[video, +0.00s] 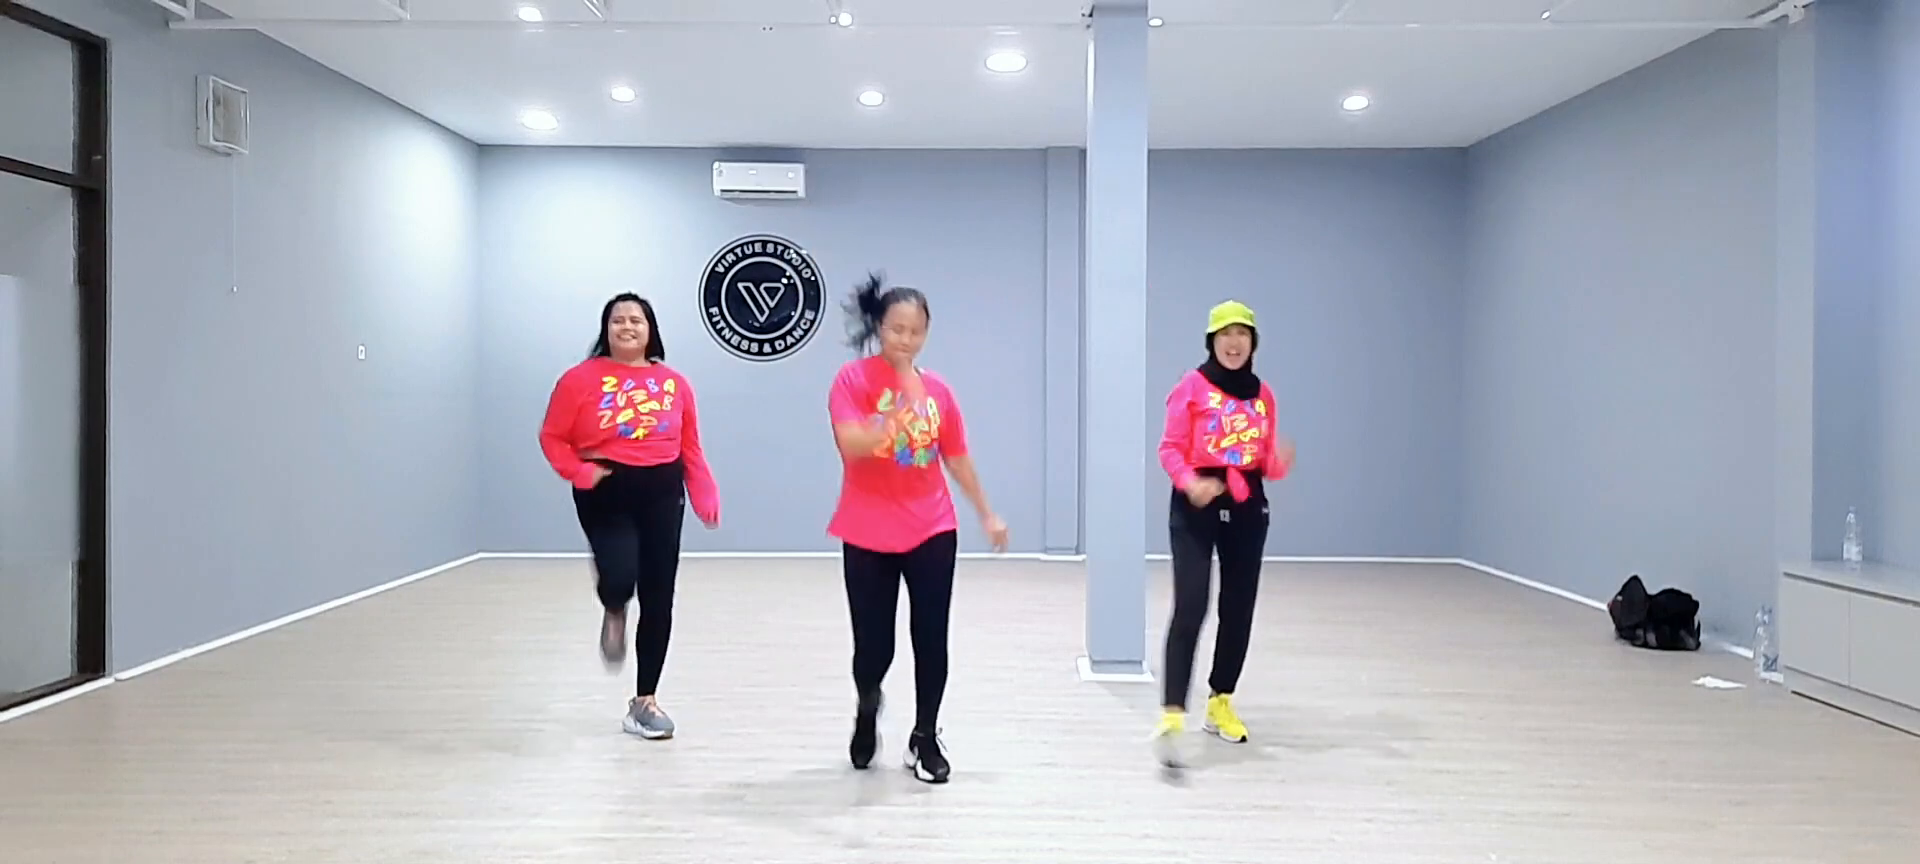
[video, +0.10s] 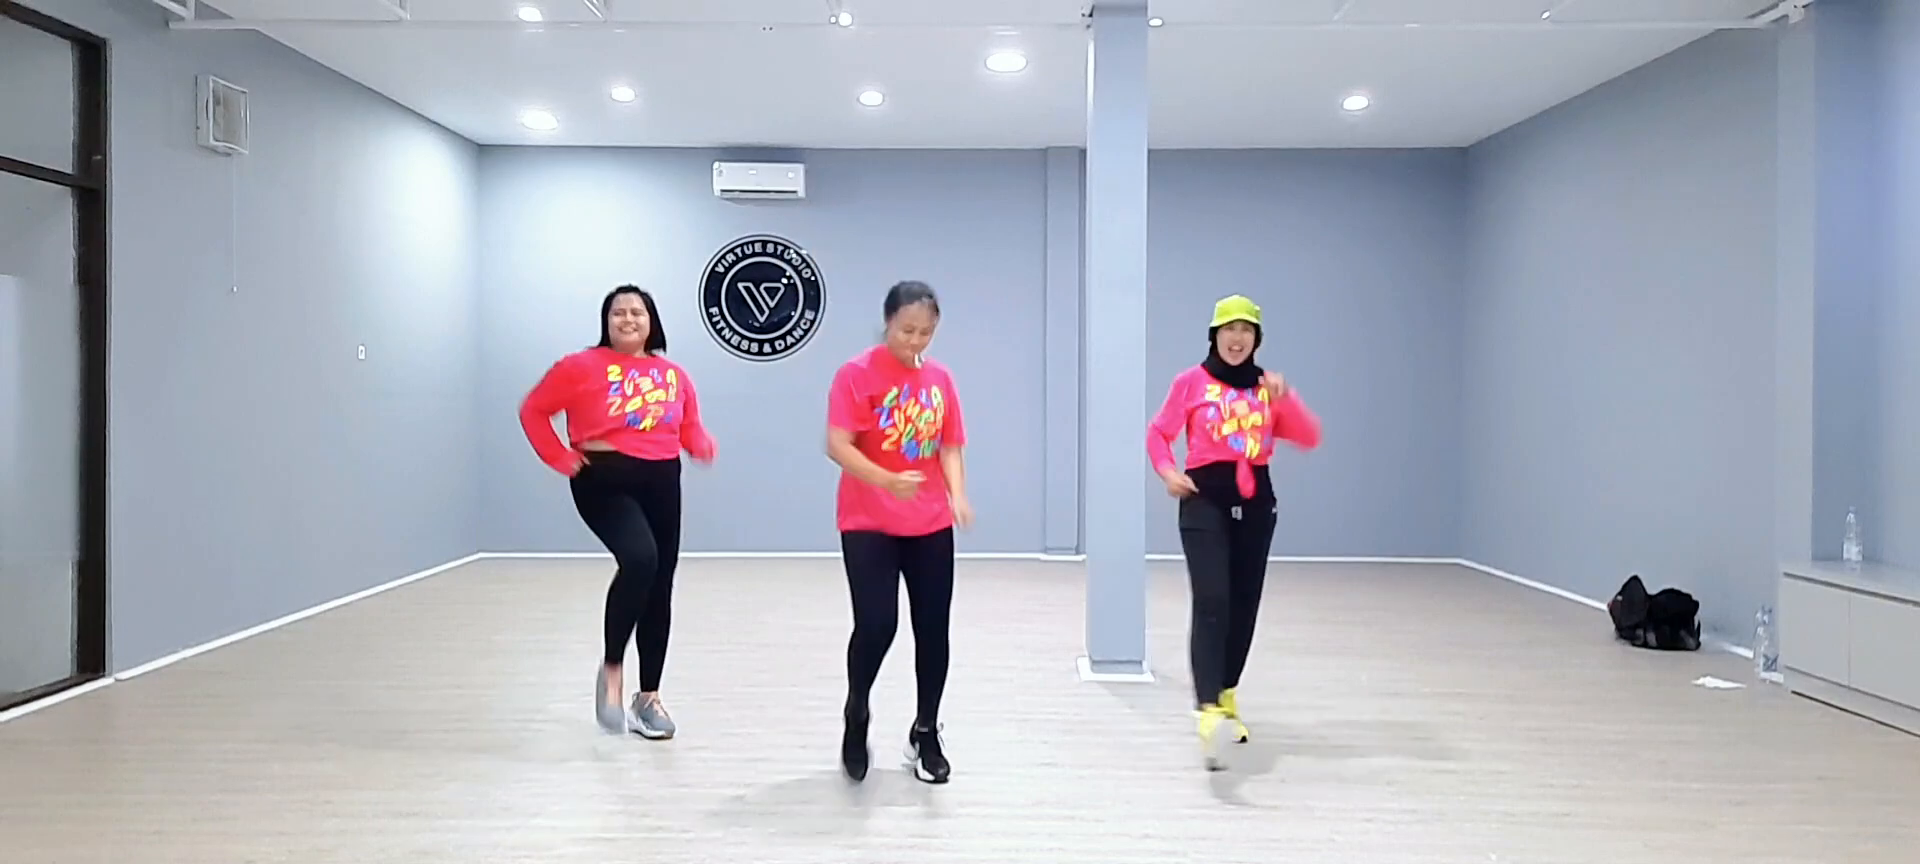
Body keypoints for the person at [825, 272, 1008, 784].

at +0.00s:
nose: (906, 339)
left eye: (916, 330)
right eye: (897, 329)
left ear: (926, 334)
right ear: (878, 329)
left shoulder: (937, 390)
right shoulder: (853, 380)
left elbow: (958, 459)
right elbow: (852, 445)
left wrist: (987, 513)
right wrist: (897, 416)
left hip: (931, 529)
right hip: (868, 531)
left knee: (931, 643)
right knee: (873, 651)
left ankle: (925, 736)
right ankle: (867, 711)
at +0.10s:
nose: (917, 340)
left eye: (926, 331)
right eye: (908, 330)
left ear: (936, 329)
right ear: (887, 324)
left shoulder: (939, 378)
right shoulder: (854, 376)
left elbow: (950, 446)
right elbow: (837, 446)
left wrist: (958, 492)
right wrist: (886, 479)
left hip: (930, 522)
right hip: (870, 524)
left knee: (933, 631)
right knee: (877, 626)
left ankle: (926, 730)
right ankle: (856, 715)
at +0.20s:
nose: (920, 336)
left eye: (929, 326)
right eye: (911, 324)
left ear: (939, 318)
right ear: (889, 313)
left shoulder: (936, 362)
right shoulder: (860, 361)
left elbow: (953, 428)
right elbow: (803, 412)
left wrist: (945, 429)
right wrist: (848, 457)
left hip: (919, 504)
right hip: (862, 501)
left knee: (936, 613)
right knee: (878, 615)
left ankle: (920, 718)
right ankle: (847, 755)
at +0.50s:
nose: (943, 350)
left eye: (946, 340)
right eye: (941, 338)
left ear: (910, 331)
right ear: (916, 330)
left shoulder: (893, 379)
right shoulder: (885, 380)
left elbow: (866, 456)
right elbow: (859, 453)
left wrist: (909, 481)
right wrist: (919, 481)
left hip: (868, 524)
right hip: (845, 526)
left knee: (912, 615)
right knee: (880, 653)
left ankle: (891, 739)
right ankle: (834, 796)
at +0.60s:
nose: (934, 325)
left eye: (936, 316)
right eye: (934, 315)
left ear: (893, 305)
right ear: (918, 308)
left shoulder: (854, 347)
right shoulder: (911, 355)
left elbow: (815, 387)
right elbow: (924, 427)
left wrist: (851, 424)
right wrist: (962, 402)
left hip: (827, 508)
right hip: (868, 513)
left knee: (878, 626)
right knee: (885, 634)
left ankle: (858, 745)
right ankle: (844, 775)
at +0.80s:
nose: (899, 325)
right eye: (905, 317)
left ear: (857, 318)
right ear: (904, 322)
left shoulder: (826, 375)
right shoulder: (925, 375)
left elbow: (781, 420)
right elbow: (939, 447)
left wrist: (785, 487)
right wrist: (907, 414)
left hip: (828, 528)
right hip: (895, 530)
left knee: (847, 641)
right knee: (923, 627)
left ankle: (833, 769)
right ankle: (878, 697)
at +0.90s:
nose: (850, 323)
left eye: (853, 315)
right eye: (853, 314)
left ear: (864, 318)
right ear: (901, 316)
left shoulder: (839, 374)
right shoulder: (932, 375)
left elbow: (812, 450)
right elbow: (941, 449)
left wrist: (825, 495)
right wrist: (895, 466)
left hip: (842, 526)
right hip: (908, 528)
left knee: (842, 637)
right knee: (910, 614)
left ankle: (835, 761)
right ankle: (914, 697)